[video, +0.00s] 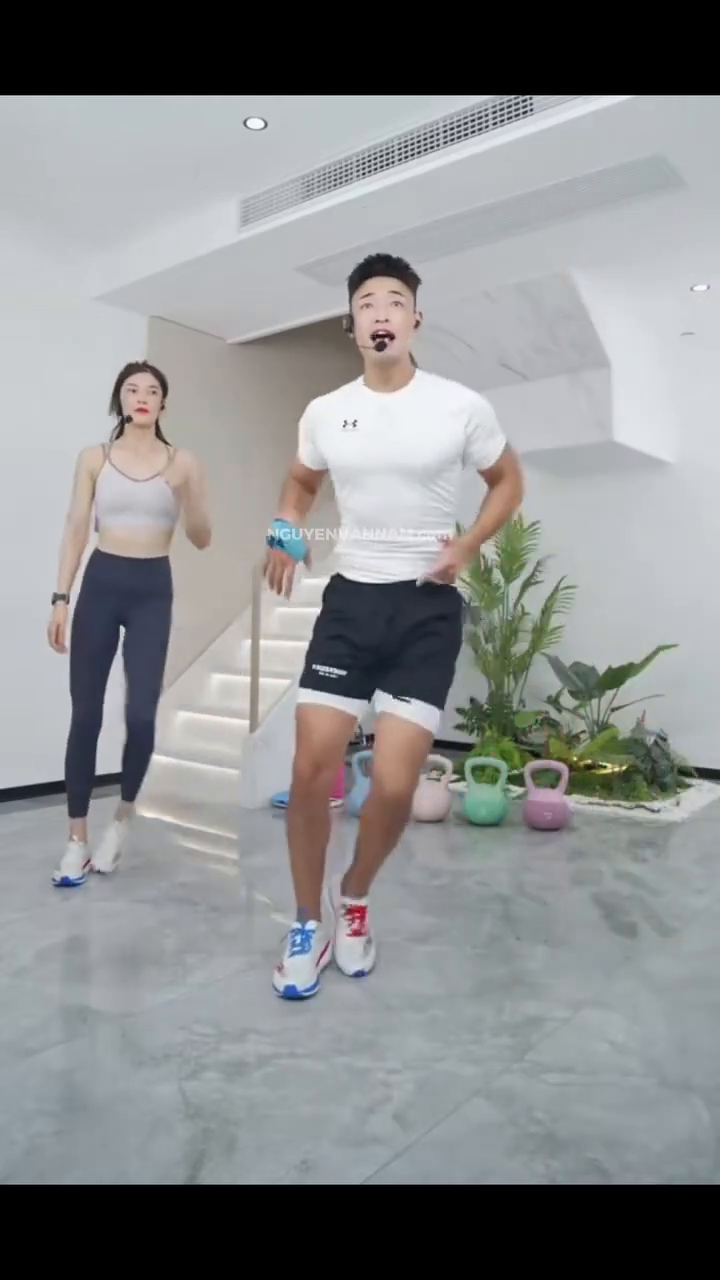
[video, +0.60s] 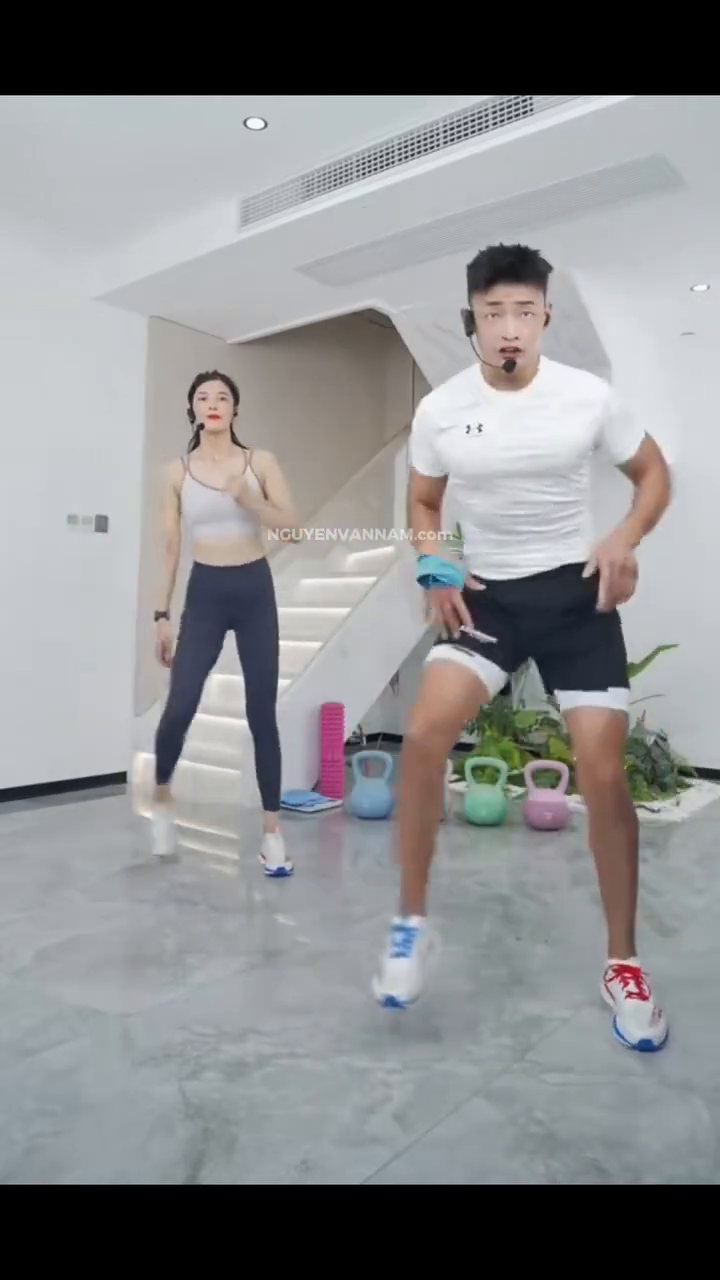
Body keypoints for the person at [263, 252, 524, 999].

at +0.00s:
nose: (380, 314)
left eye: (394, 303)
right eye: (368, 304)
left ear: (417, 319)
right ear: (352, 323)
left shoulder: (462, 408)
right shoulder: (324, 414)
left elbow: (510, 482)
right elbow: (300, 487)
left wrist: (469, 544)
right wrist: (287, 532)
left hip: (428, 609)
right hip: (348, 604)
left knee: (394, 789)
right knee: (311, 768)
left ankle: (353, 899)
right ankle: (305, 924)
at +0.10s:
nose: (384, 320)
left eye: (397, 309)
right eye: (371, 309)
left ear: (419, 324)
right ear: (353, 327)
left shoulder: (462, 414)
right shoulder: (326, 424)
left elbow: (511, 508)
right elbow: (297, 511)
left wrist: (459, 544)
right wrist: (304, 530)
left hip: (438, 612)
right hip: (353, 613)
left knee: (453, 786)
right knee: (310, 779)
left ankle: (415, 885)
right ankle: (308, 930)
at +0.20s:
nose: (402, 312)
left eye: (415, 300)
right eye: (388, 301)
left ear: (437, 316)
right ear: (369, 320)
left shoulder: (478, 399)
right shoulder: (338, 409)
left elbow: (520, 503)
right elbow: (321, 520)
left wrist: (452, 482)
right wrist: (355, 467)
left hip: (459, 601)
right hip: (374, 606)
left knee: (516, 765)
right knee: (330, 772)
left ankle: (509, 906)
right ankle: (311, 930)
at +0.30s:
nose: (434, 297)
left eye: (447, 285)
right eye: (420, 288)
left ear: (469, 302)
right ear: (398, 308)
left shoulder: (508, 385)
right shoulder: (369, 394)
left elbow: (552, 490)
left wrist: (475, 435)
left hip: (494, 588)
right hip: (405, 593)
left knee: (559, 774)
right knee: (360, 767)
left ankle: (600, 950)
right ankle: (321, 928)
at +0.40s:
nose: (469, 311)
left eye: (483, 299)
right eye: (454, 300)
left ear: (503, 315)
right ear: (435, 319)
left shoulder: (546, 398)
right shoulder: (404, 410)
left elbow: (600, 494)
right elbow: (387, 517)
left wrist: (522, 468)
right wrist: (433, 454)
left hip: (538, 606)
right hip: (447, 612)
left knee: (585, 780)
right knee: (368, 771)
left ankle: (625, 966)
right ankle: (324, 925)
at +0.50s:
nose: (495, 321)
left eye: (509, 306)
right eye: (480, 309)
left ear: (531, 319)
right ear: (459, 325)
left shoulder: (573, 404)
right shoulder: (432, 418)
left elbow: (642, 499)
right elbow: (418, 521)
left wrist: (603, 538)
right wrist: (430, 545)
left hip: (565, 609)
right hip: (473, 613)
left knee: (603, 785)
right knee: (375, 746)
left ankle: (624, 968)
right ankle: (343, 909)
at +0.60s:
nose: (509, 329)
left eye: (523, 313)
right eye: (493, 315)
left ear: (546, 319)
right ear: (472, 323)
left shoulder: (591, 399)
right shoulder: (440, 411)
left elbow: (655, 477)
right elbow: (423, 508)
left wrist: (624, 538)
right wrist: (434, 566)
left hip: (578, 602)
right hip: (482, 603)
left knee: (603, 774)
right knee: (424, 735)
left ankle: (623, 964)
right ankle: (410, 921)